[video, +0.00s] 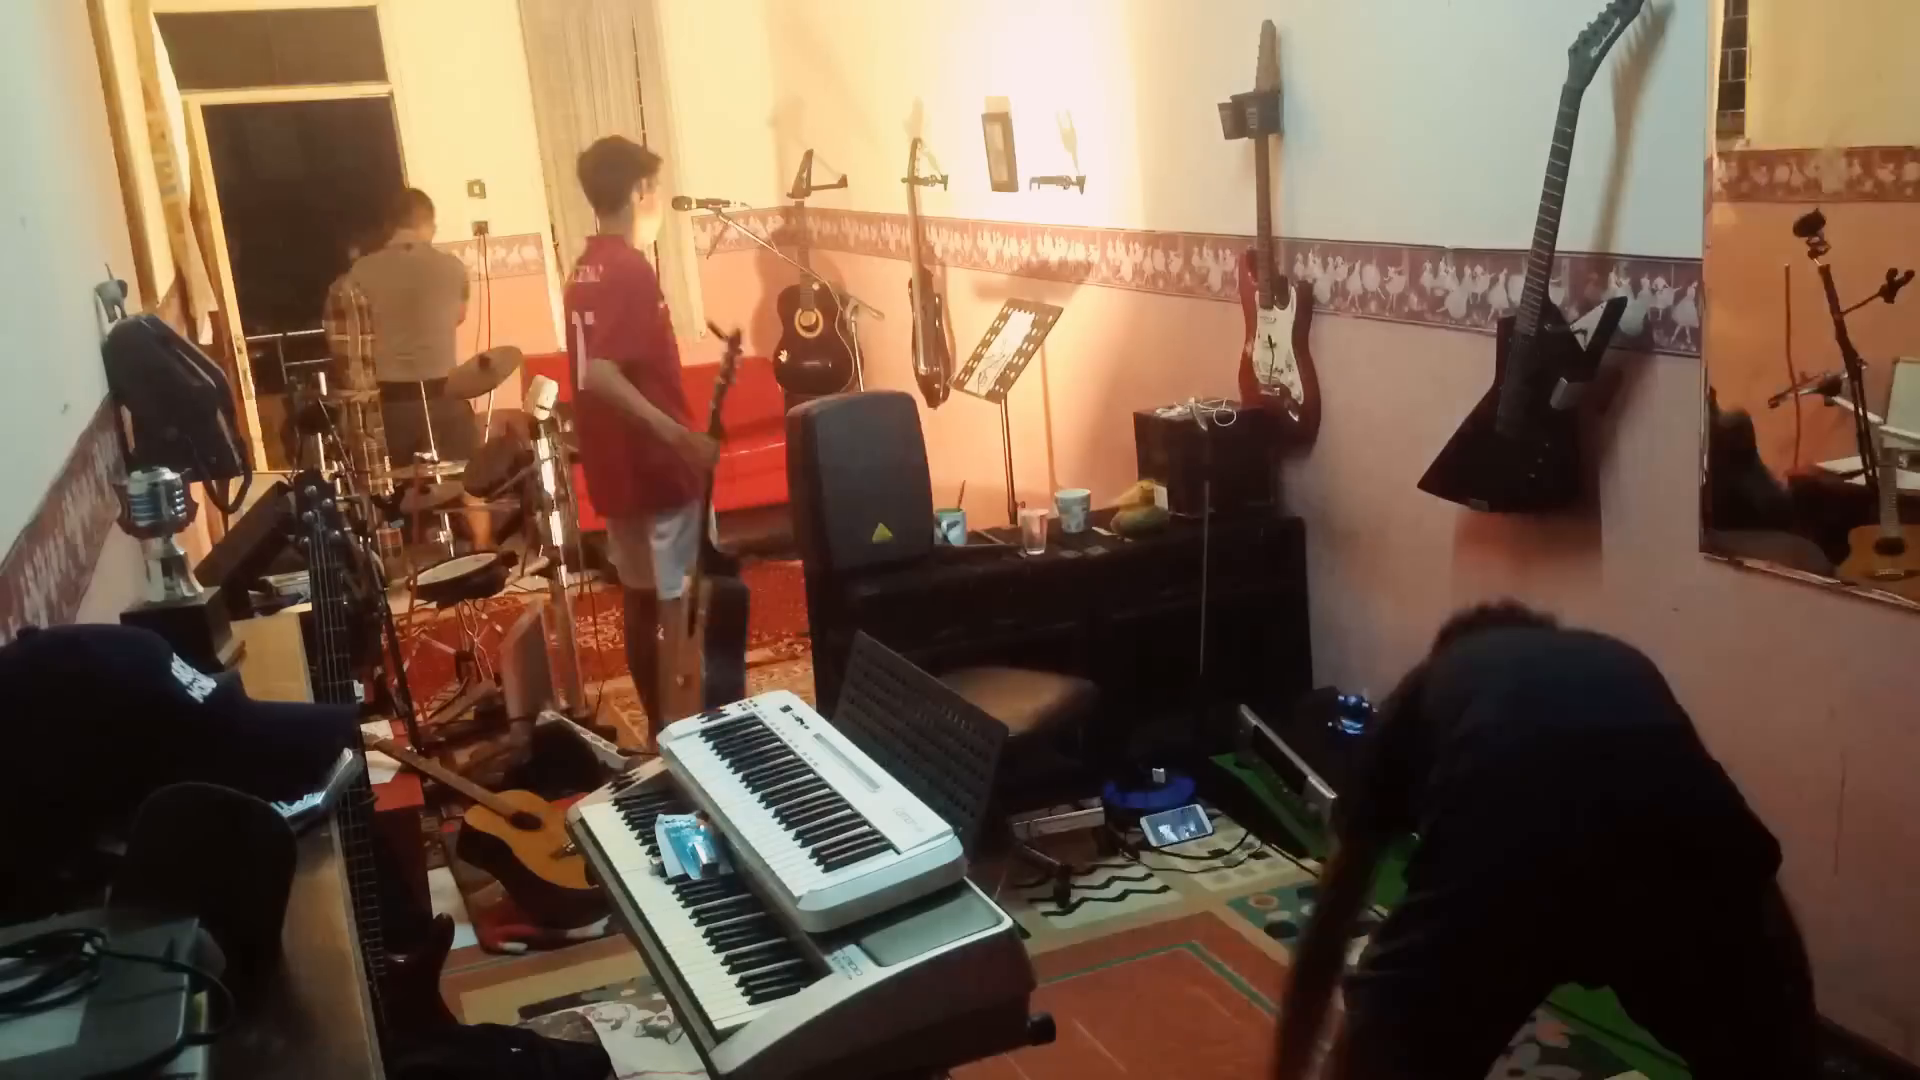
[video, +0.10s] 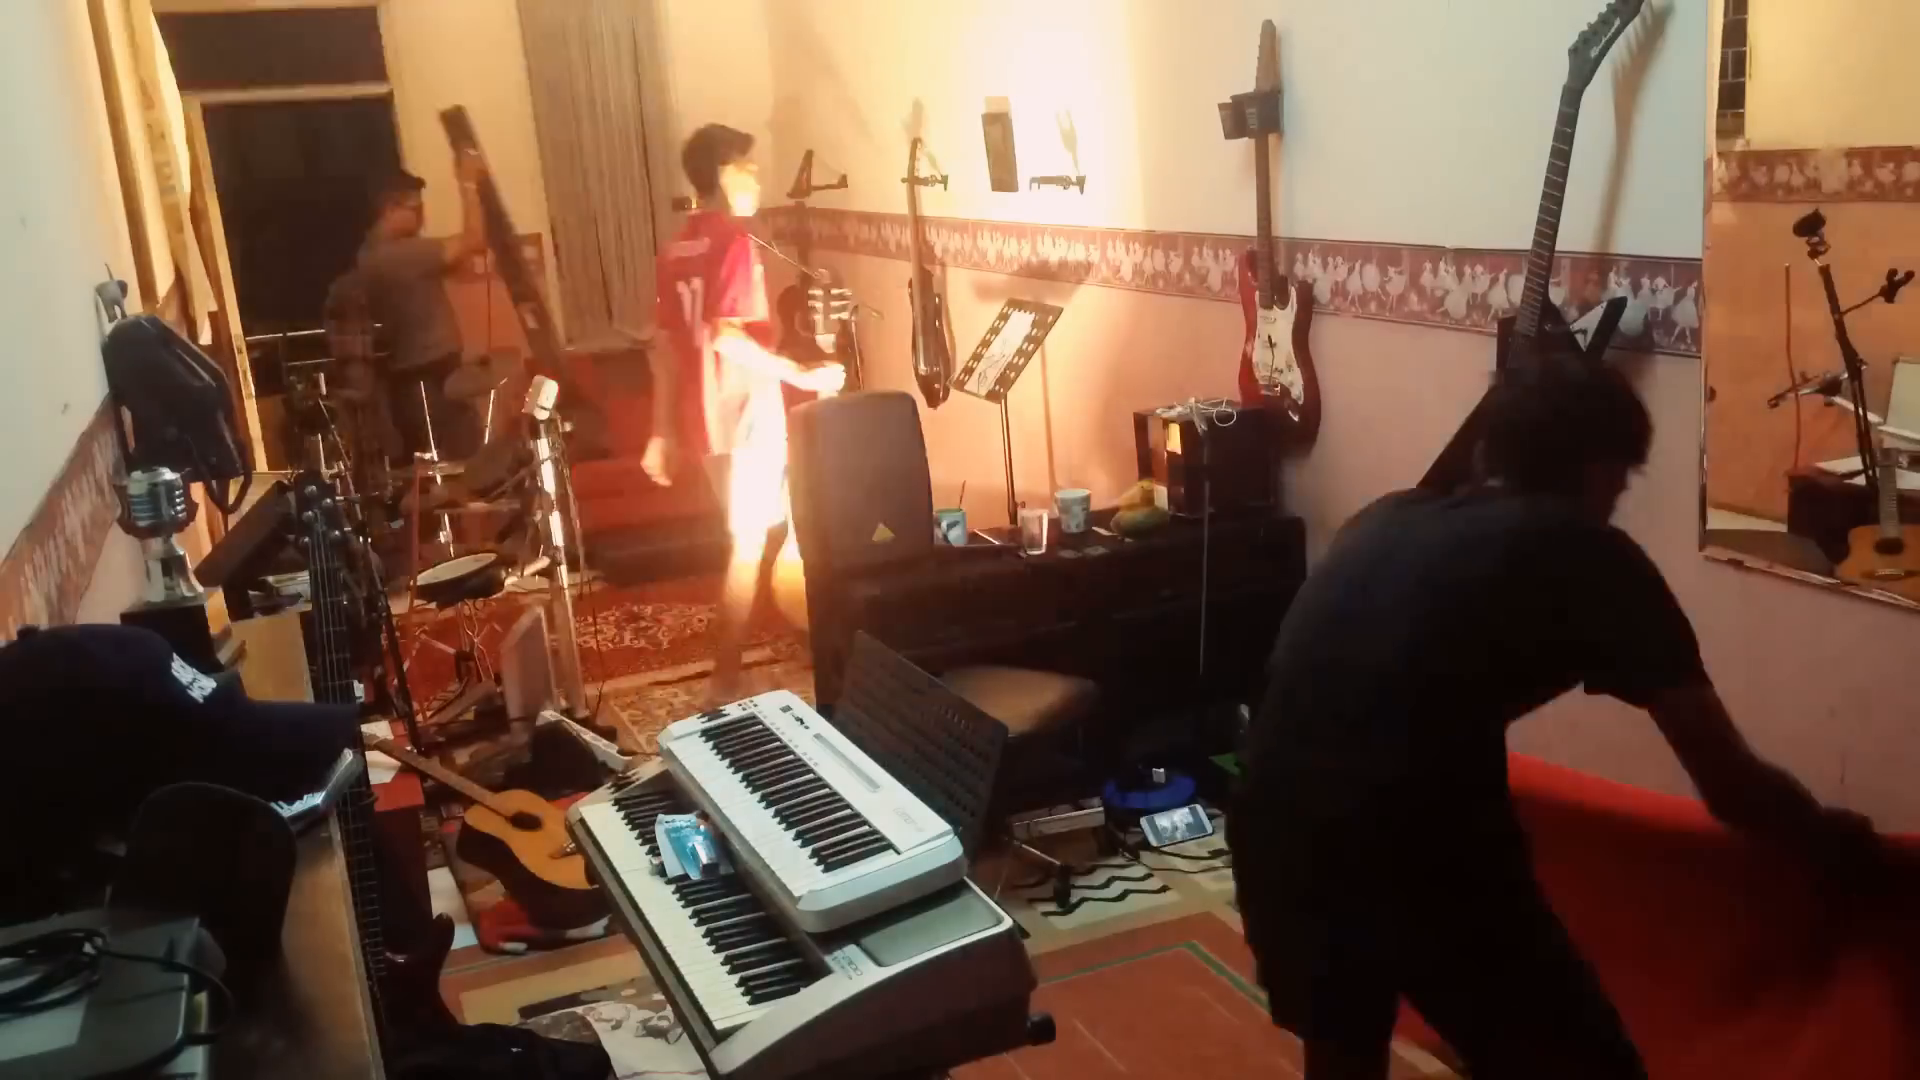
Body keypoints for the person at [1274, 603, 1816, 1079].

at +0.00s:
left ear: (1445, 652)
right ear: (1543, 635)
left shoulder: (1427, 687)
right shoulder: (1623, 662)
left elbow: (1335, 912)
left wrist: (1290, 1063)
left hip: (1495, 896)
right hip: (1689, 891)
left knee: (1389, 1057)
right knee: (1769, 1055)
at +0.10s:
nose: (1621, 494)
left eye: (1626, 473)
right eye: (1621, 473)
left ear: (1490, 453)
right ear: (1595, 471)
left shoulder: (1379, 523)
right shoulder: (1595, 563)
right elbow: (1729, 784)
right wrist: (1825, 834)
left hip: (1281, 831)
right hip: (1429, 842)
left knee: (1340, 1049)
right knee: (1581, 1062)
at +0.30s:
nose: (1860, 706)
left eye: (1881, 685)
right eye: (1874, 676)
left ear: (1788, 587)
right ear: (1832, 637)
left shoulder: (1673, 618)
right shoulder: (1669, 687)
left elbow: (1591, 824)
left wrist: (1747, 945)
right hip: (1320, 801)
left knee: (1456, 1044)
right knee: (1454, 1057)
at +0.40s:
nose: (1725, 574)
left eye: (1736, 557)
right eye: (1734, 554)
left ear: (1631, 493)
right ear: (1715, 536)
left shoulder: (1532, 530)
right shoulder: (1683, 607)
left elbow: (1415, 650)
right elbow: (1733, 833)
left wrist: (1498, 780)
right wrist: (1836, 907)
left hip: (1271, 750)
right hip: (1377, 786)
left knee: (1415, 1016)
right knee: (1504, 1043)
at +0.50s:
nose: (1747, 769)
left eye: (1757, 755)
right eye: (1749, 750)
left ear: (1661, 653)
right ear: (1730, 711)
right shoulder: (1708, 741)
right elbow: (1704, 977)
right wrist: (1714, 1068)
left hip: (1296, 779)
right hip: (1416, 818)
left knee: (1445, 1015)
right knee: (1520, 1046)